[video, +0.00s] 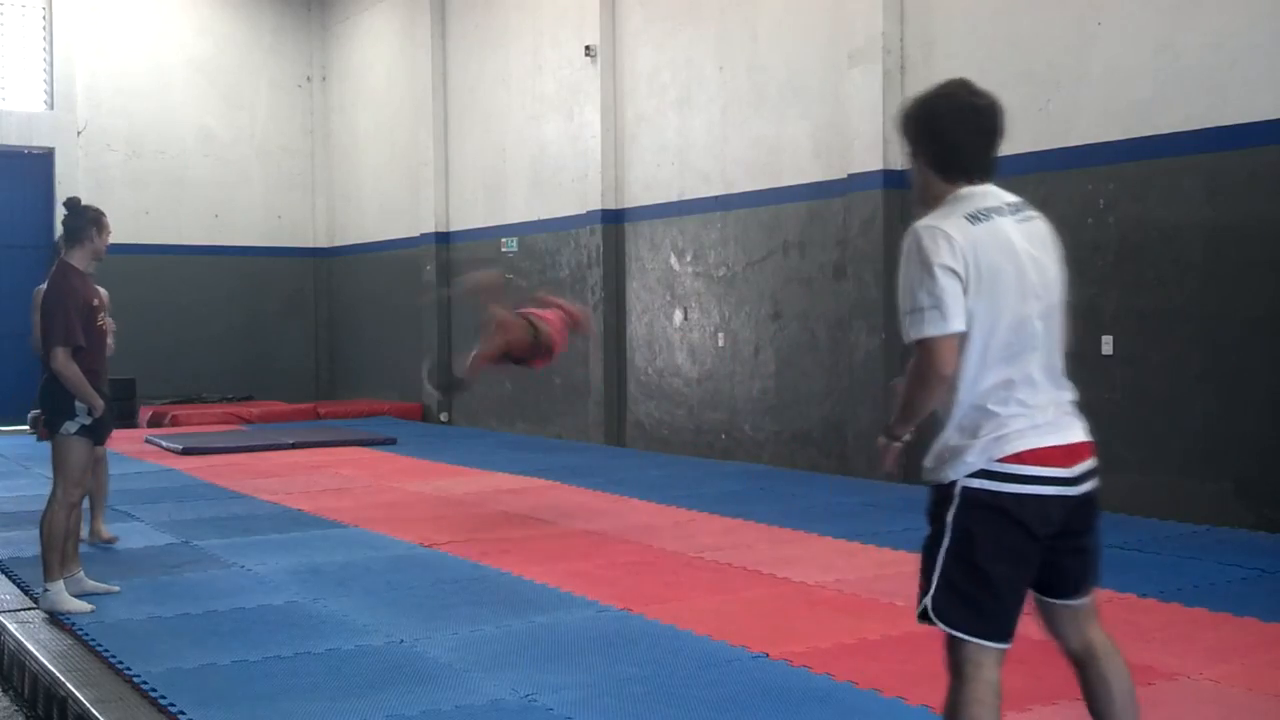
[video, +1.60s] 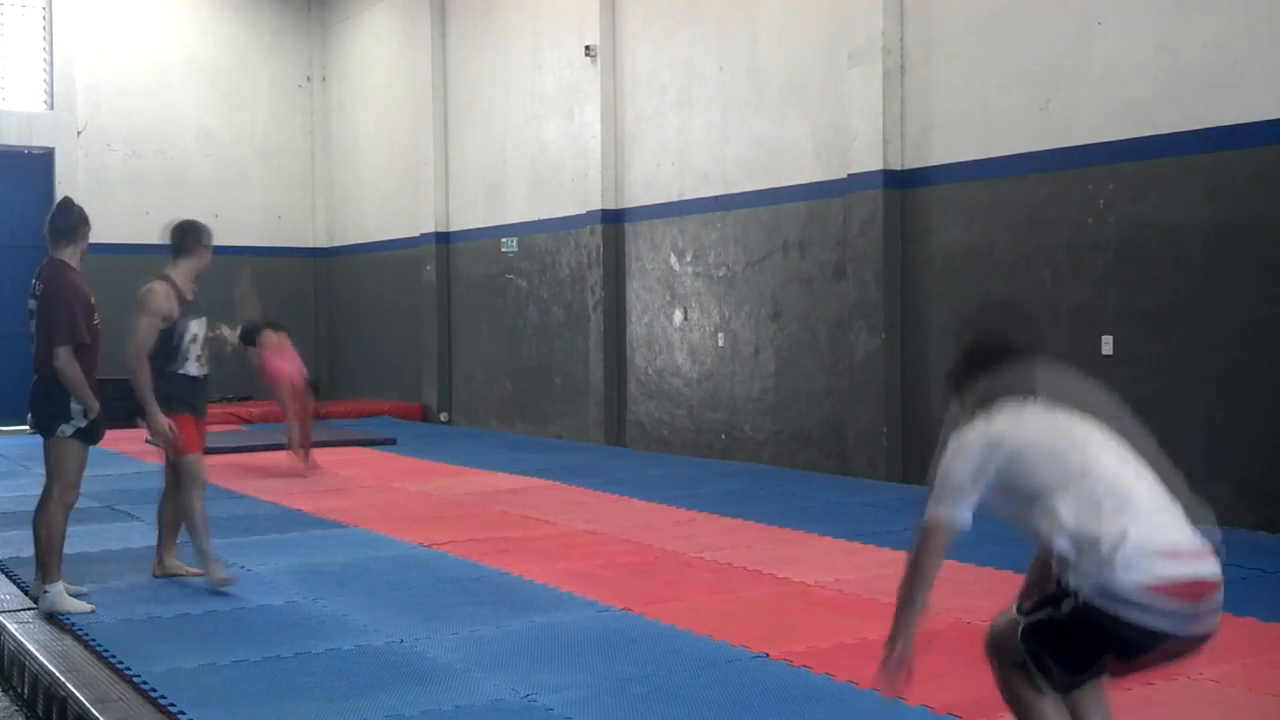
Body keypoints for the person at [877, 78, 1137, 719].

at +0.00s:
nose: (908, 163)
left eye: (911, 150)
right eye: (909, 150)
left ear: (924, 155)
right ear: (987, 148)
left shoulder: (935, 234)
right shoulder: (1035, 223)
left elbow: (939, 370)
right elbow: (1042, 341)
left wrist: (897, 433)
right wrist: (926, 387)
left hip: (991, 478)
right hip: (1071, 468)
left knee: (974, 666)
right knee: (1083, 631)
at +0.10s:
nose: (935, 164)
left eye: (936, 152)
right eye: (937, 151)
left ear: (946, 158)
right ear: (1012, 152)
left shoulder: (951, 240)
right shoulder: (1064, 227)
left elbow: (955, 371)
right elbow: (1093, 340)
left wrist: (915, 443)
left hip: (1013, 482)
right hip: (1094, 474)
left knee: (990, 666)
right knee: (1100, 639)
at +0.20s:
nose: (974, 163)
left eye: (976, 153)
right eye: (980, 151)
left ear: (983, 160)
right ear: (1051, 156)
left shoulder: (982, 241)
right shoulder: (1104, 232)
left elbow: (983, 367)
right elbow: (1137, 345)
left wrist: (950, 464)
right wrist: (1095, 409)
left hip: (1041, 483)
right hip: (1123, 475)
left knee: (1000, 656)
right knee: (1119, 639)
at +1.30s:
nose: (987, 236)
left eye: (988, 222)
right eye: (987, 222)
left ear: (999, 220)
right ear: (1058, 211)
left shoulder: (1006, 269)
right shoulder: (1111, 267)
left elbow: (987, 374)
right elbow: (1115, 394)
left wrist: (983, 460)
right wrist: (1038, 465)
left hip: (1107, 488)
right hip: (1185, 491)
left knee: (1037, 620)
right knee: (1106, 627)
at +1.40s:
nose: (977, 284)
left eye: (978, 272)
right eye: (976, 273)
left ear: (990, 262)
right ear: (1046, 249)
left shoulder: (997, 304)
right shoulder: (1095, 304)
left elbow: (964, 408)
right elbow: (1113, 419)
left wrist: (956, 509)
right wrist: (1059, 518)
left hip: (1116, 511)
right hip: (1193, 514)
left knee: (1031, 628)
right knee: (1097, 631)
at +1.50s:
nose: (965, 349)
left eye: (967, 336)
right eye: (966, 337)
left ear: (978, 329)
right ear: (1033, 316)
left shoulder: (989, 368)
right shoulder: (1084, 365)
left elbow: (943, 472)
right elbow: (1093, 472)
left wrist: (925, 572)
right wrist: (1048, 556)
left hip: (1128, 551)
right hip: (1200, 553)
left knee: (1015, 634)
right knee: (1082, 640)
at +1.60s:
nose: (957, 413)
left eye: (957, 402)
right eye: (956, 402)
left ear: (970, 394)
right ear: (1024, 380)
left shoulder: (981, 432)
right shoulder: (1073, 425)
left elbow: (932, 542)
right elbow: (1063, 535)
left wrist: (899, 640)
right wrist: (1024, 613)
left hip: (1135, 597)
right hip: (1200, 600)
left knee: (1008, 644)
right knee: (1067, 657)